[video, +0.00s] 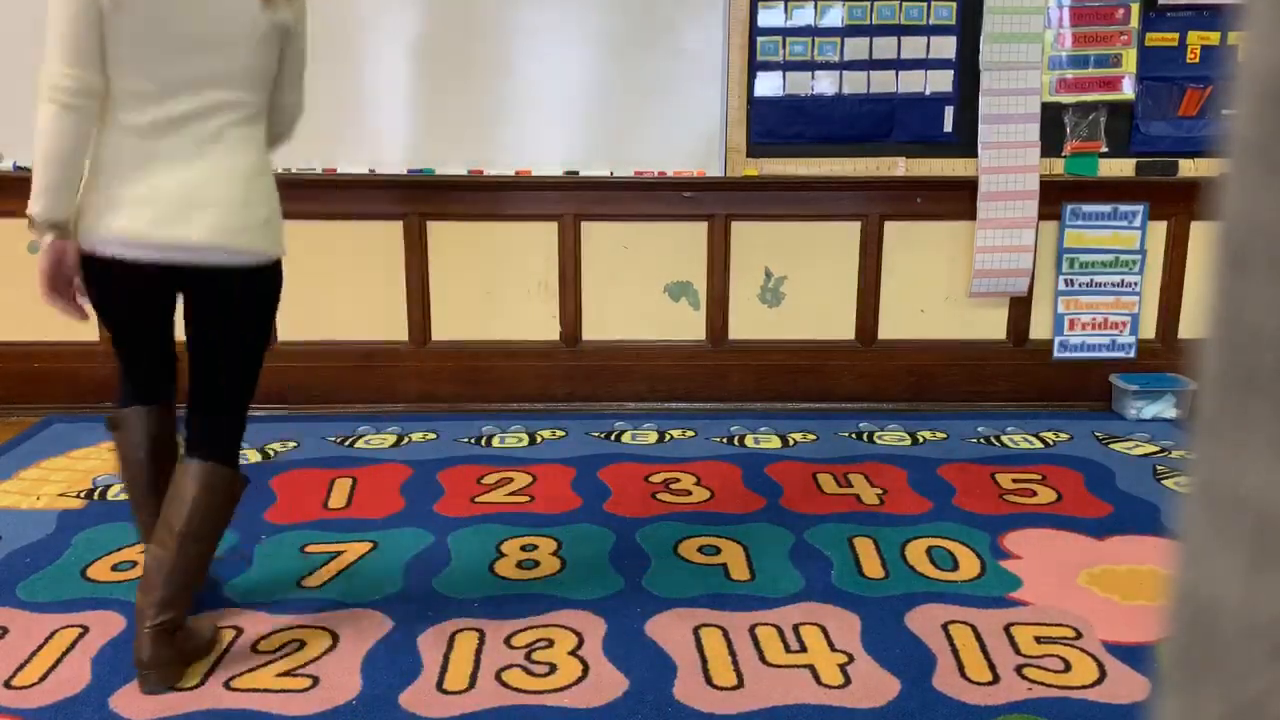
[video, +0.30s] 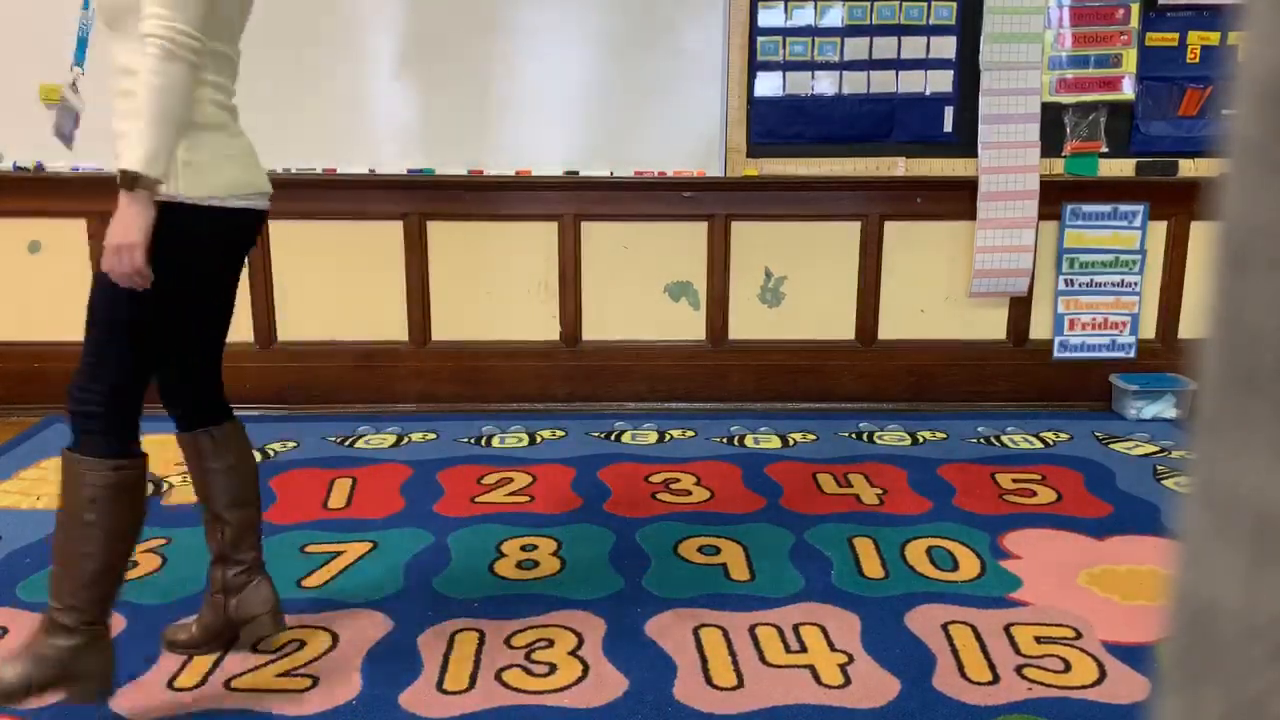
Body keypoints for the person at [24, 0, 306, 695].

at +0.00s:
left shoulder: (92, 1)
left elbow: (73, 88)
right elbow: (284, 107)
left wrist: (55, 224)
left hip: (123, 226)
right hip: (239, 232)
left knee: (141, 389)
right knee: (214, 433)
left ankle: (168, 571)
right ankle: (160, 635)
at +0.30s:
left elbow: (169, 41)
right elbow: (193, 53)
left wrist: (135, 195)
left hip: (173, 192)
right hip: (221, 191)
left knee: (101, 407)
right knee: (195, 390)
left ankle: (74, 634)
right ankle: (241, 586)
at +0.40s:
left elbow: (202, 39)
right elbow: (161, 50)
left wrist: (179, 187)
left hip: (186, 184)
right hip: (185, 180)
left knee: (127, 403)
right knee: (185, 390)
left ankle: (157, 637)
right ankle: (240, 583)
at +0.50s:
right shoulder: (138, 7)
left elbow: (217, 50)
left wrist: (209, 203)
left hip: (196, 201)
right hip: (174, 198)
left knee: (142, 417)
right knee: (173, 410)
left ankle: (244, 617)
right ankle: (253, 596)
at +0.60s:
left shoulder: (208, 5)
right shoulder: (144, 8)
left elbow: (226, 109)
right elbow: (174, 91)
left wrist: (222, 259)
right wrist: (113, 66)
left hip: (223, 245)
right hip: (176, 243)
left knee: (154, 452)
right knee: (132, 438)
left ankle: (295, 633)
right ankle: (253, 602)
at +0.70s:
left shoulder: (196, 14)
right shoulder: (146, 15)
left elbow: (214, 175)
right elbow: (167, 142)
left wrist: (191, 327)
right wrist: (104, 100)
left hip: (245, 296)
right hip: (194, 282)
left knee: (140, 493)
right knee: (116, 462)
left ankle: (301, 635)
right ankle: (254, 602)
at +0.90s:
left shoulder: (82, 7)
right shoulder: (251, 0)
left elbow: (84, 120)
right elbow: (312, 71)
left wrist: (86, 258)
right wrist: (346, 198)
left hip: (216, 245)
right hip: (298, 227)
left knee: (185, 454)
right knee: (236, 414)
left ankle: (301, 637)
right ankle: (260, 591)